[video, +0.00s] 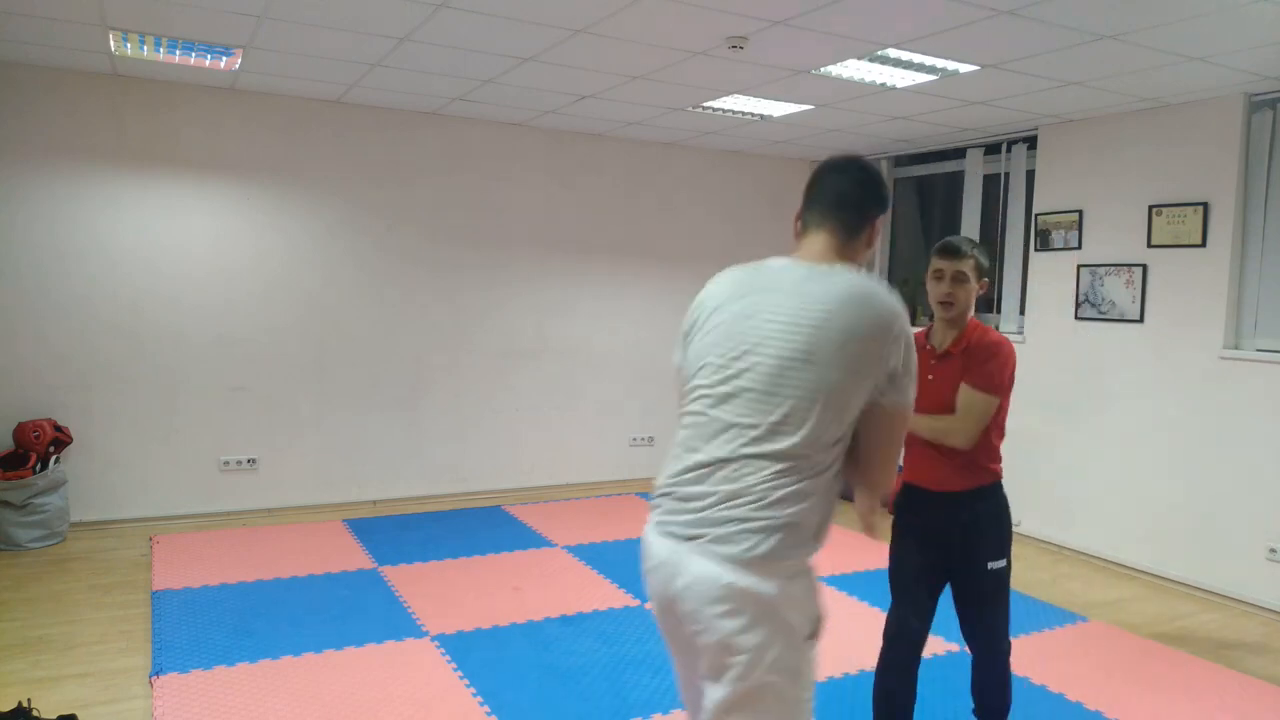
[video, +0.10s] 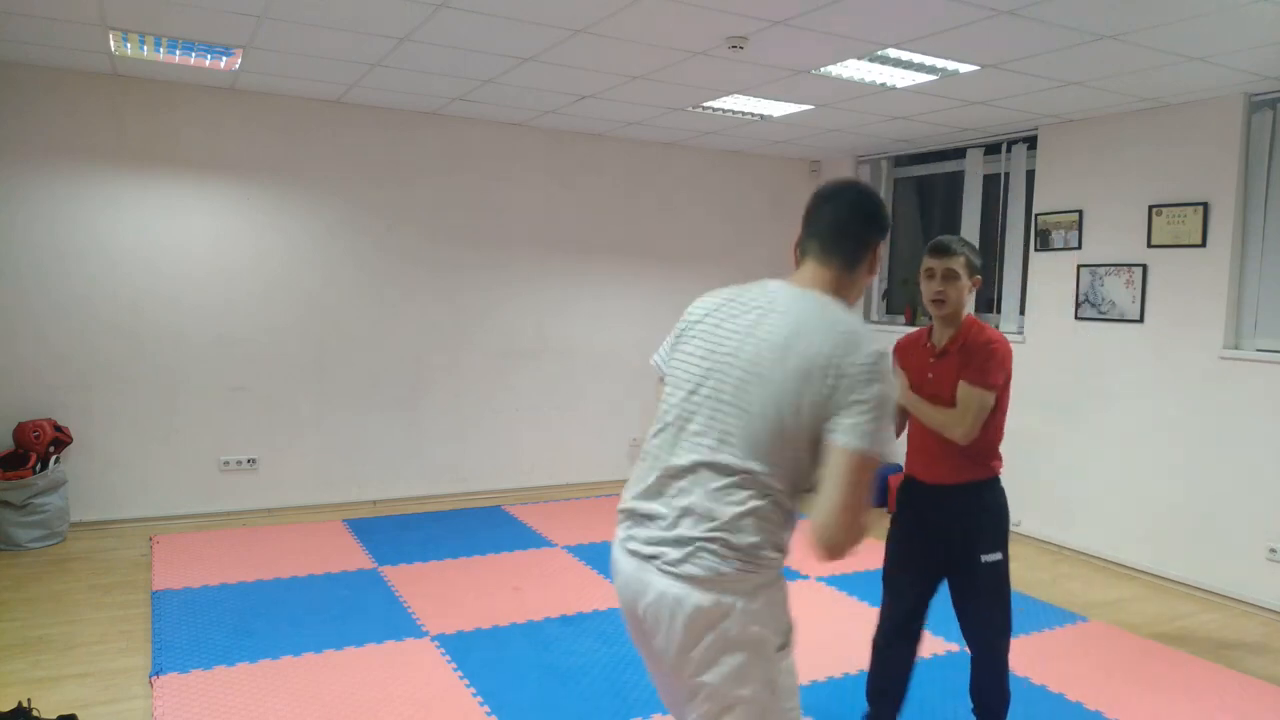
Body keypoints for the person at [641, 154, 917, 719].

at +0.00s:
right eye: (882, 231)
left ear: (798, 220)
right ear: (873, 232)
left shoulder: (722, 286)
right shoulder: (880, 312)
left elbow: (694, 409)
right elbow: (874, 479)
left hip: (664, 555)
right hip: (753, 582)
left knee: (706, 708)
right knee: (758, 709)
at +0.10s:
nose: (874, 276)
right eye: (880, 263)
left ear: (797, 245)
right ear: (874, 261)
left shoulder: (711, 306)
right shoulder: (855, 348)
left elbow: (657, 439)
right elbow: (832, 538)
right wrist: (863, 512)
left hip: (635, 568)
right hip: (722, 598)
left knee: (702, 708)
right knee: (760, 710)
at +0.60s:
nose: (775, 282)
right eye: (776, 274)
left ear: (706, 275)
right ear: (768, 275)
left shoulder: (656, 331)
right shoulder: (769, 313)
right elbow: (772, 456)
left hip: (598, 546)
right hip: (675, 554)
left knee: (656, 698)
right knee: (729, 707)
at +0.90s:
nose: (782, 325)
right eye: (784, 317)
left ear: (712, 300)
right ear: (778, 318)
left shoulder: (644, 341)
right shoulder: (774, 370)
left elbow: (549, 444)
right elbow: (771, 544)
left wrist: (644, 456)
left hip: (568, 570)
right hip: (657, 588)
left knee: (640, 692)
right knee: (721, 709)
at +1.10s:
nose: (764, 281)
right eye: (765, 272)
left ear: (688, 263)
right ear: (756, 273)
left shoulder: (610, 317)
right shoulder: (752, 344)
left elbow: (553, 442)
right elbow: (742, 510)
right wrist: (748, 612)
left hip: (560, 556)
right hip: (649, 573)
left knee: (604, 683)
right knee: (696, 708)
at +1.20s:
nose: (736, 274)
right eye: (736, 263)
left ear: (664, 260)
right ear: (729, 268)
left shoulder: (601, 322)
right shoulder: (725, 331)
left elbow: (539, 454)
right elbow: (745, 481)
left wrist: (582, 520)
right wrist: (759, 549)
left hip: (559, 555)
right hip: (643, 569)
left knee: (600, 687)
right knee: (685, 709)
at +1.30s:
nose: (712, 272)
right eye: (711, 263)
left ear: (641, 266)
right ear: (705, 269)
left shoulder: (586, 325)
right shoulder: (703, 318)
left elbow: (530, 458)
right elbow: (732, 458)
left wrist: (579, 507)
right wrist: (773, 471)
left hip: (554, 547)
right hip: (637, 556)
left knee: (607, 667)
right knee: (675, 709)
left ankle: (590, 711)